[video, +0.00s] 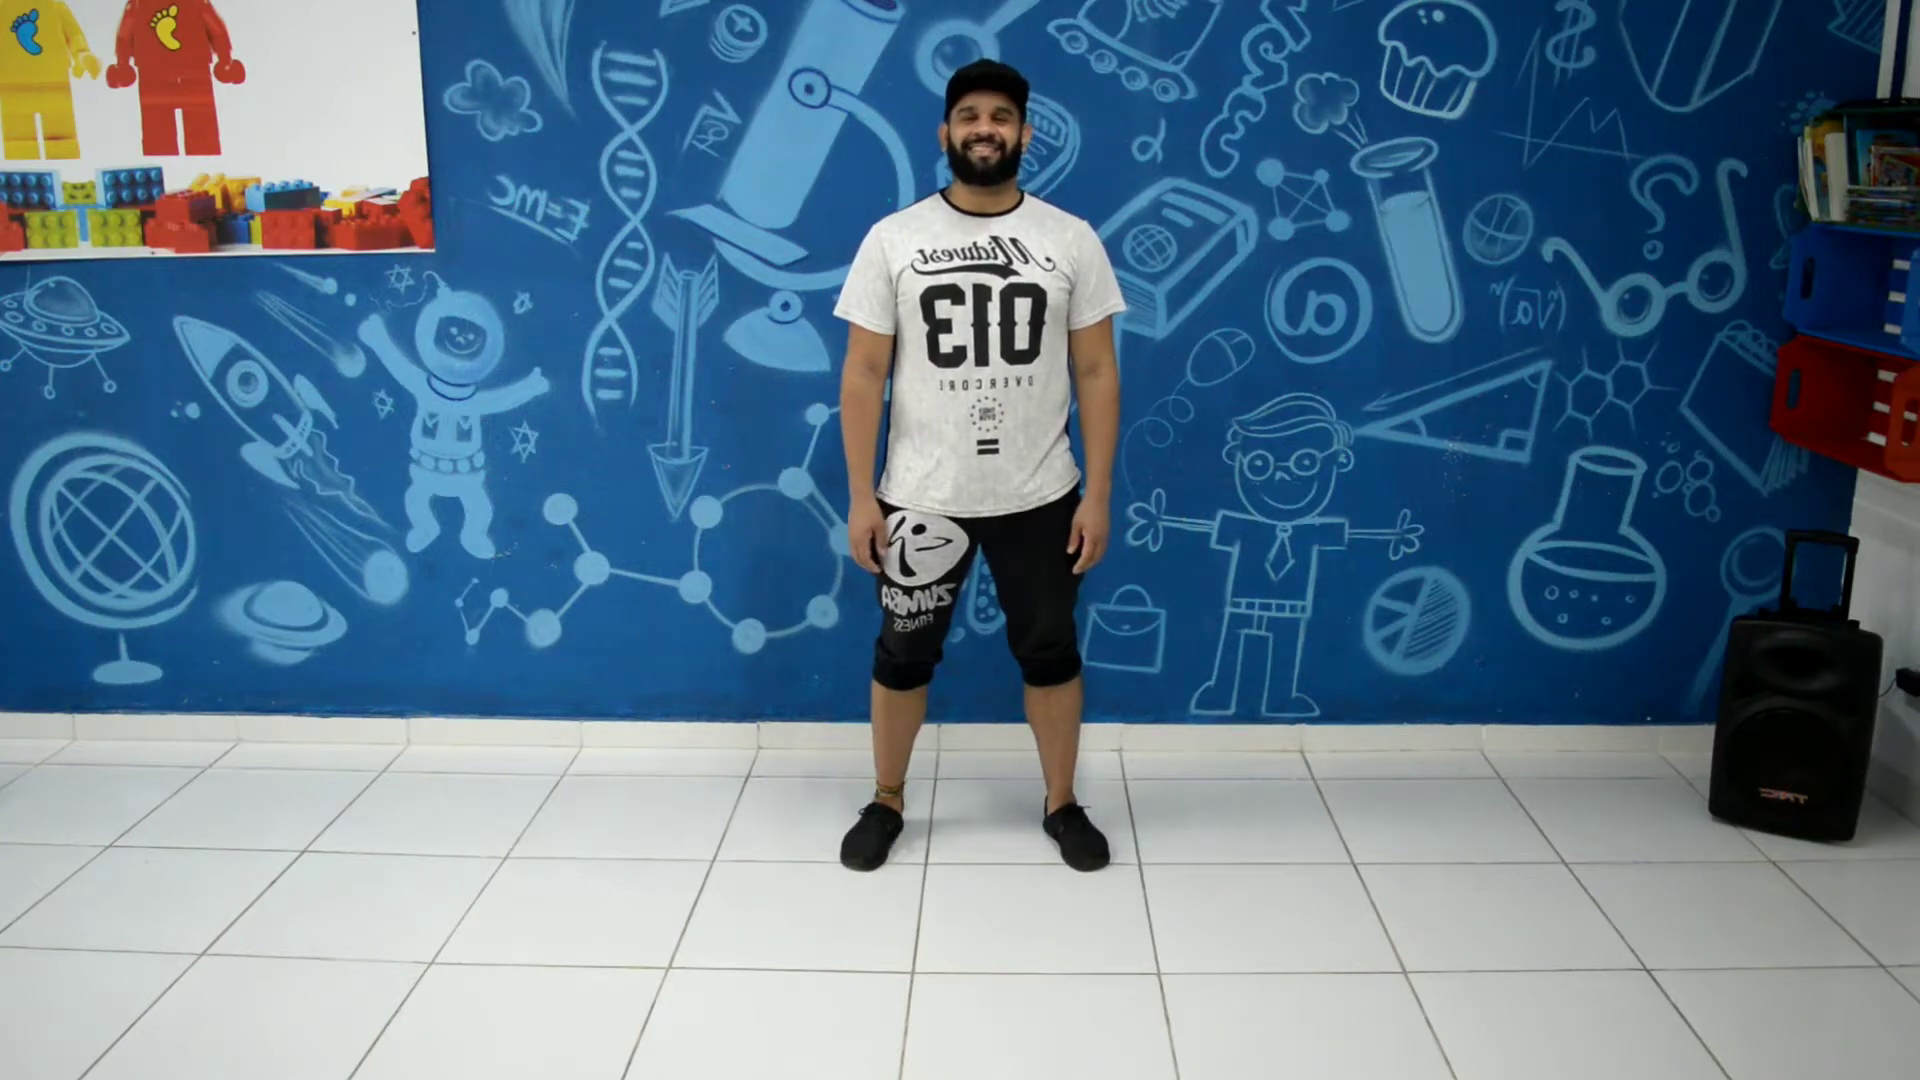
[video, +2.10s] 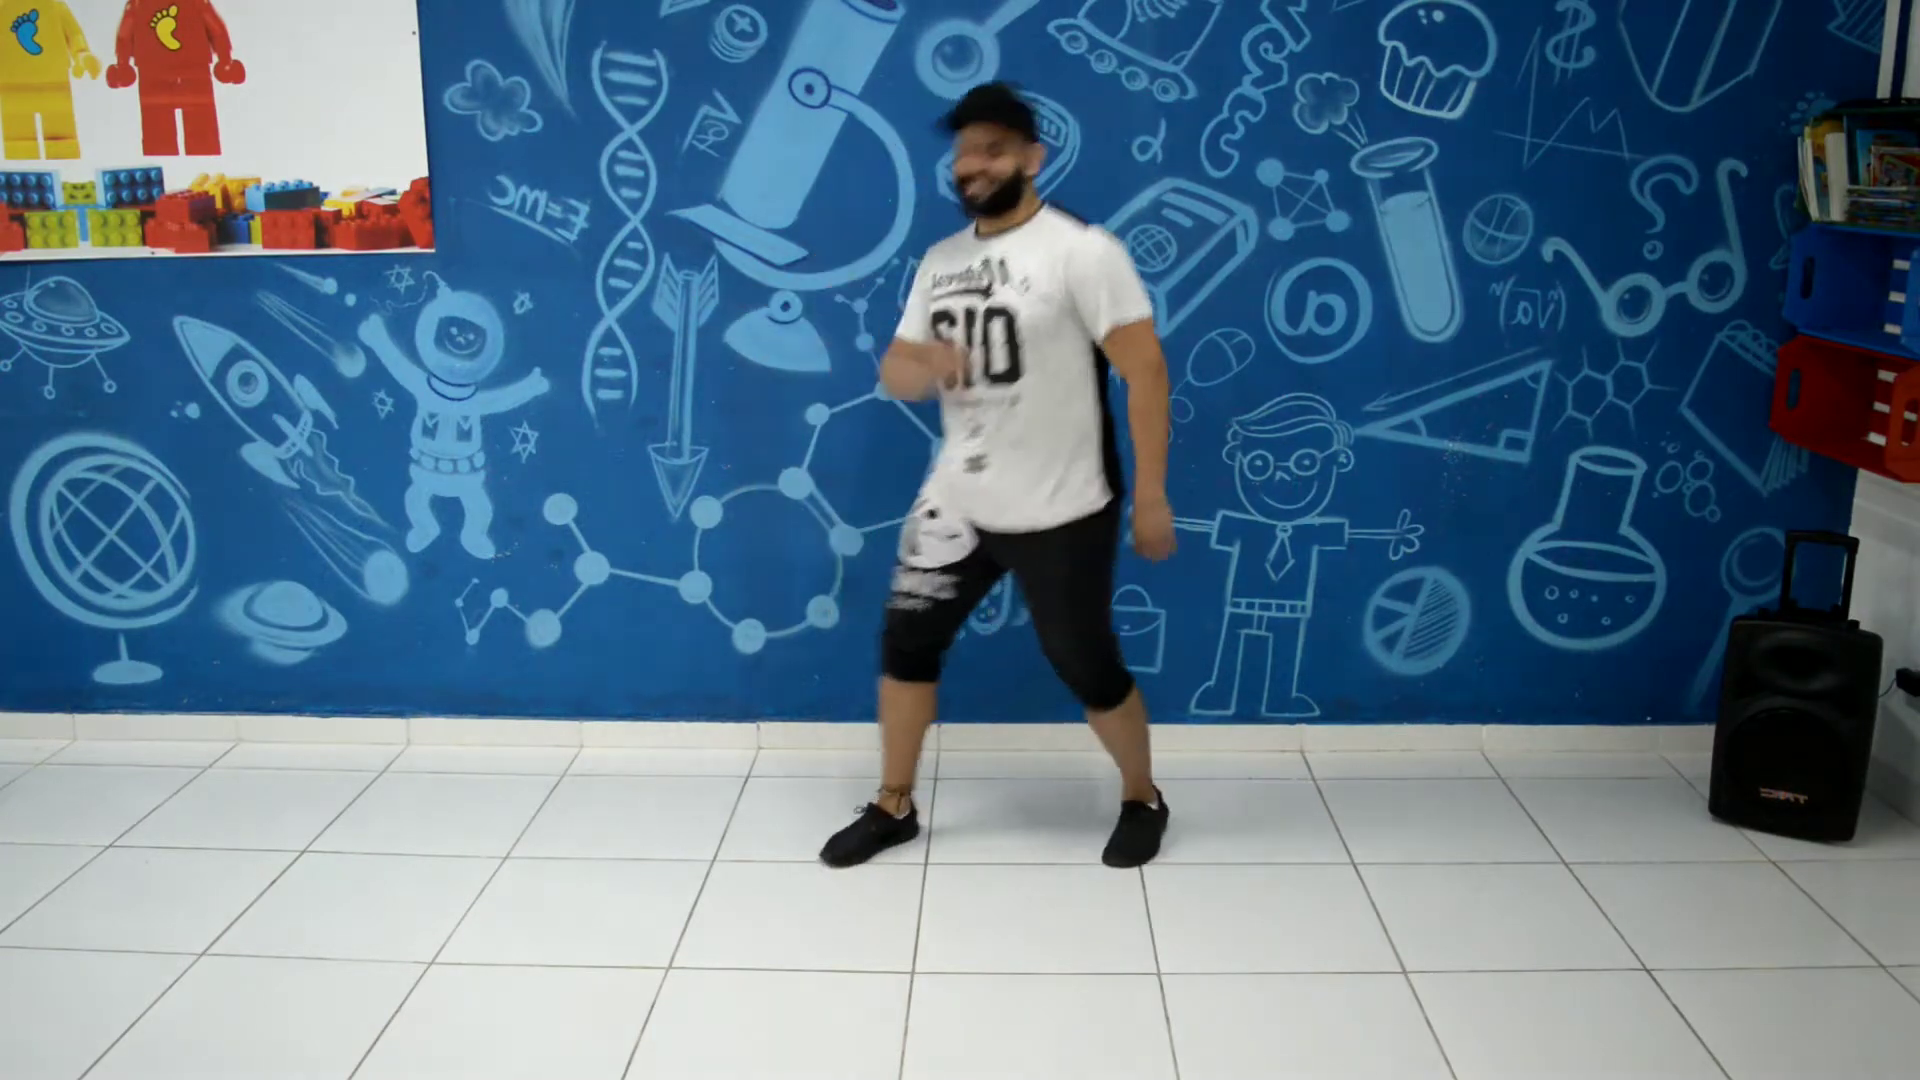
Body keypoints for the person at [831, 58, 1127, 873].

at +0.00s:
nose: (984, 130)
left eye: (1000, 118)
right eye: (969, 117)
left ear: (1023, 135)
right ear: (947, 133)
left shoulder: (1072, 241)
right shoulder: (894, 241)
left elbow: (1096, 370)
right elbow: (864, 373)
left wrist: (1098, 492)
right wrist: (862, 494)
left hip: (1037, 494)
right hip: (924, 494)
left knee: (1052, 653)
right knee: (903, 654)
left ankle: (1063, 804)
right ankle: (886, 801)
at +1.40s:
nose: (951, 127)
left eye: (968, 114)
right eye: (934, 115)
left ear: (992, 130)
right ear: (911, 130)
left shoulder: (1036, 239)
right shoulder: (854, 228)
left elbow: (1065, 360)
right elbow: (803, 343)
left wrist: (1108, 452)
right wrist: (760, 450)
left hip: (1000, 484)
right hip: (884, 484)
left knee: (1029, 647)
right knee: (873, 654)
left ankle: (1033, 790)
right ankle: (873, 798)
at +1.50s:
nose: (941, 135)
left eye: (954, 121)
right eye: (923, 126)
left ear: (981, 134)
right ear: (901, 148)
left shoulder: (1035, 248)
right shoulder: (854, 236)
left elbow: (1071, 360)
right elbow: (778, 325)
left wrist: (1113, 424)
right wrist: (700, 403)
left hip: (988, 494)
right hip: (875, 491)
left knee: (1010, 665)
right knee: (865, 664)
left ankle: (975, 763)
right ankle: (871, 800)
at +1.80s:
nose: (911, 148)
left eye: (925, 130)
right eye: (901, 136)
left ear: (971, 125)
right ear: (894, 141)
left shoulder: (1044, 230)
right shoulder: (880, 228)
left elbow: (1115, 349)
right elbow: (816, 306)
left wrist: (1106, 475)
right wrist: (739, 290)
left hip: (1006, 487)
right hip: (897, 481)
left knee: (1029, 660)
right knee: (878, 647)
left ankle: (1051, 752)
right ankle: (884, 800)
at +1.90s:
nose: (923, 172)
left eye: (937, 154)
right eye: (913, 158)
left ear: (983, 148)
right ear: (905, 163)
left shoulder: (1055, 253)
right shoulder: (905, 250)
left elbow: (1133, 365)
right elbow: (838, 343)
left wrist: (1116, 490)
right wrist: (807, 306)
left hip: (1017, 509)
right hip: (912, 501)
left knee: (1043, 671)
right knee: (870, 651)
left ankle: (1115, 793)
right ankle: (891, 806)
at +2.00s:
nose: (945, 187)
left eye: (961, 169)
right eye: (937, 173)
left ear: (1008, 166)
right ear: (931, 178)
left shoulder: (1072, 272)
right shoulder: (930, 277)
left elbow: (1148, 382)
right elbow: (877, 381)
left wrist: (1139, 500)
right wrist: (873, 335)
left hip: (1038, 516)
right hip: (940, 508)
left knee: (1067, 671)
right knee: (879, 643)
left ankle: (1142, 799)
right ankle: (890, 806)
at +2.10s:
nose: (970, 168)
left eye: (989, 152)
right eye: (961, 154)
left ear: (1034, 156)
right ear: (950, 164)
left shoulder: (1086, 253)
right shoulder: (940, 262)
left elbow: (1146, 372)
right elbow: (895, 371)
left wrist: (1150, 497)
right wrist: (927, 367)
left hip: (1061, 503)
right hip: (960, 496)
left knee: (1085, 662)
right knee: (907, 642)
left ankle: (1142, 800)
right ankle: (893, 804)